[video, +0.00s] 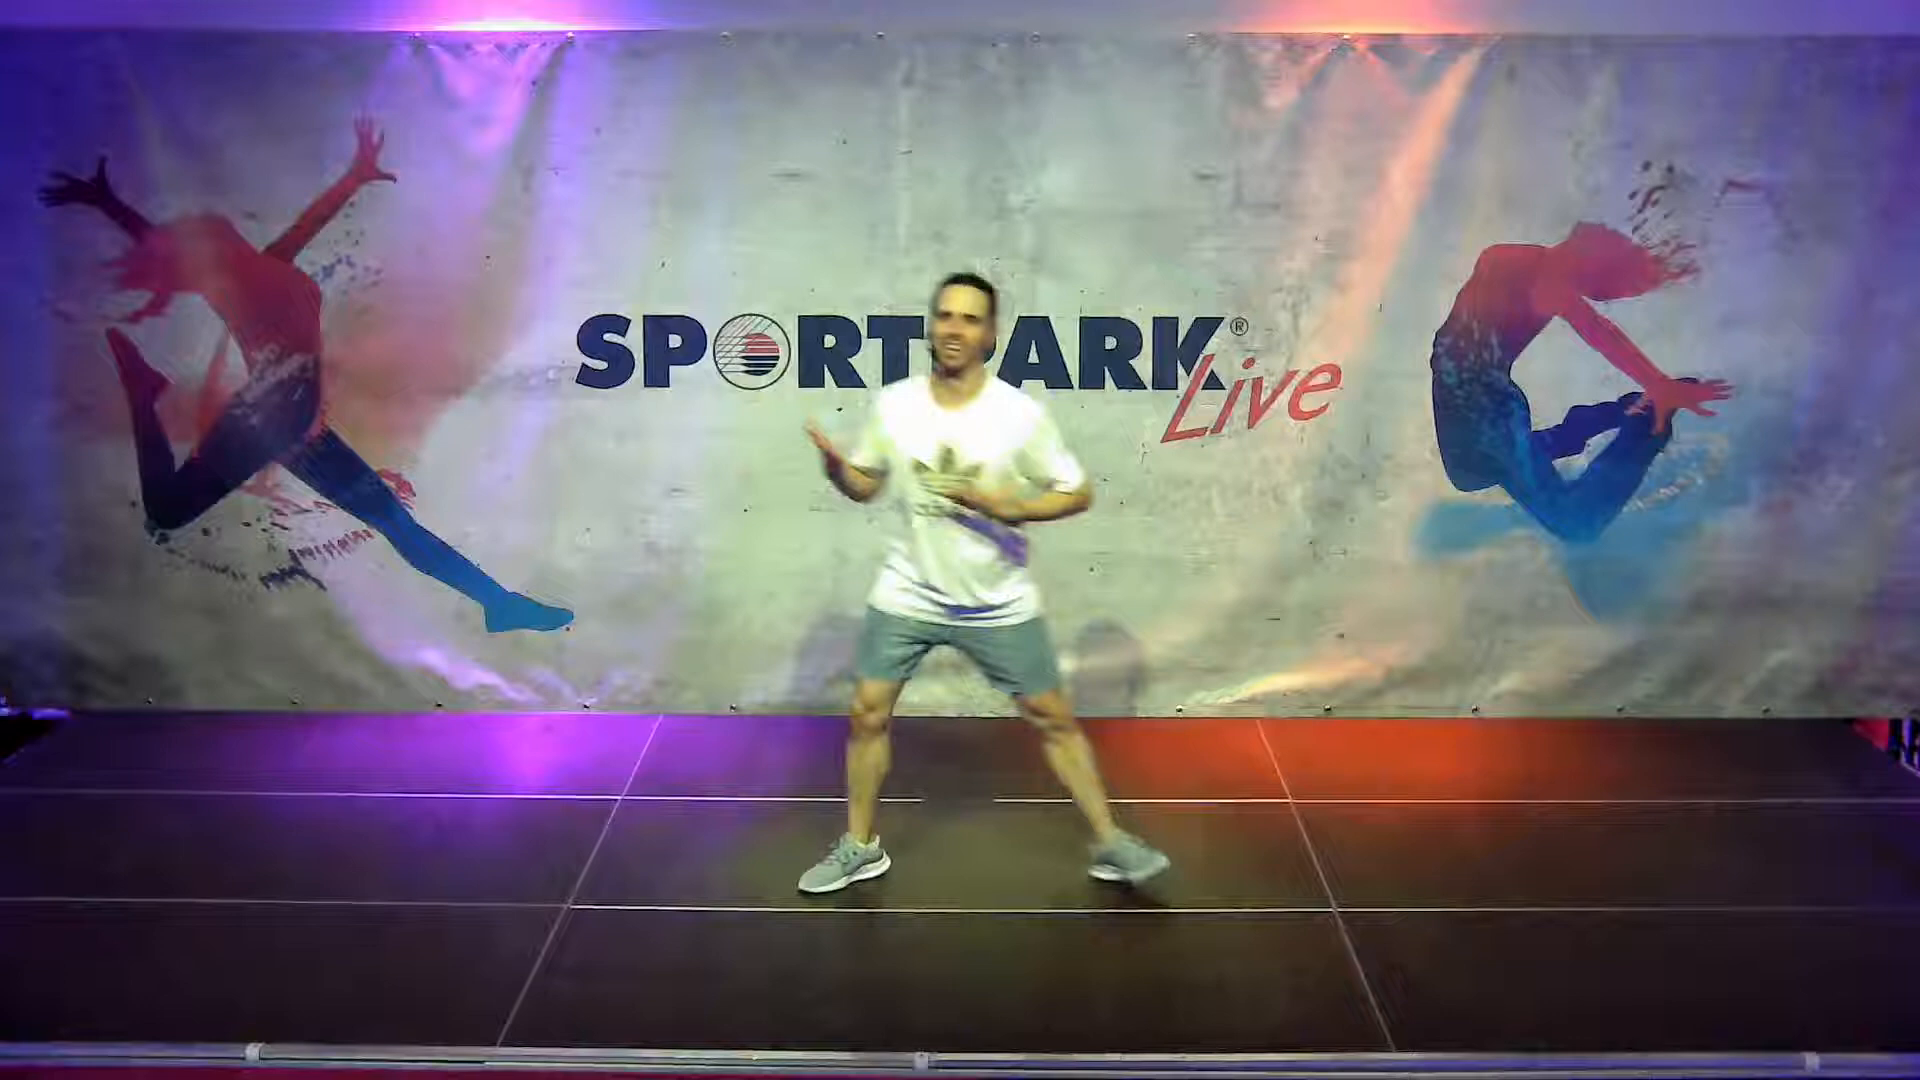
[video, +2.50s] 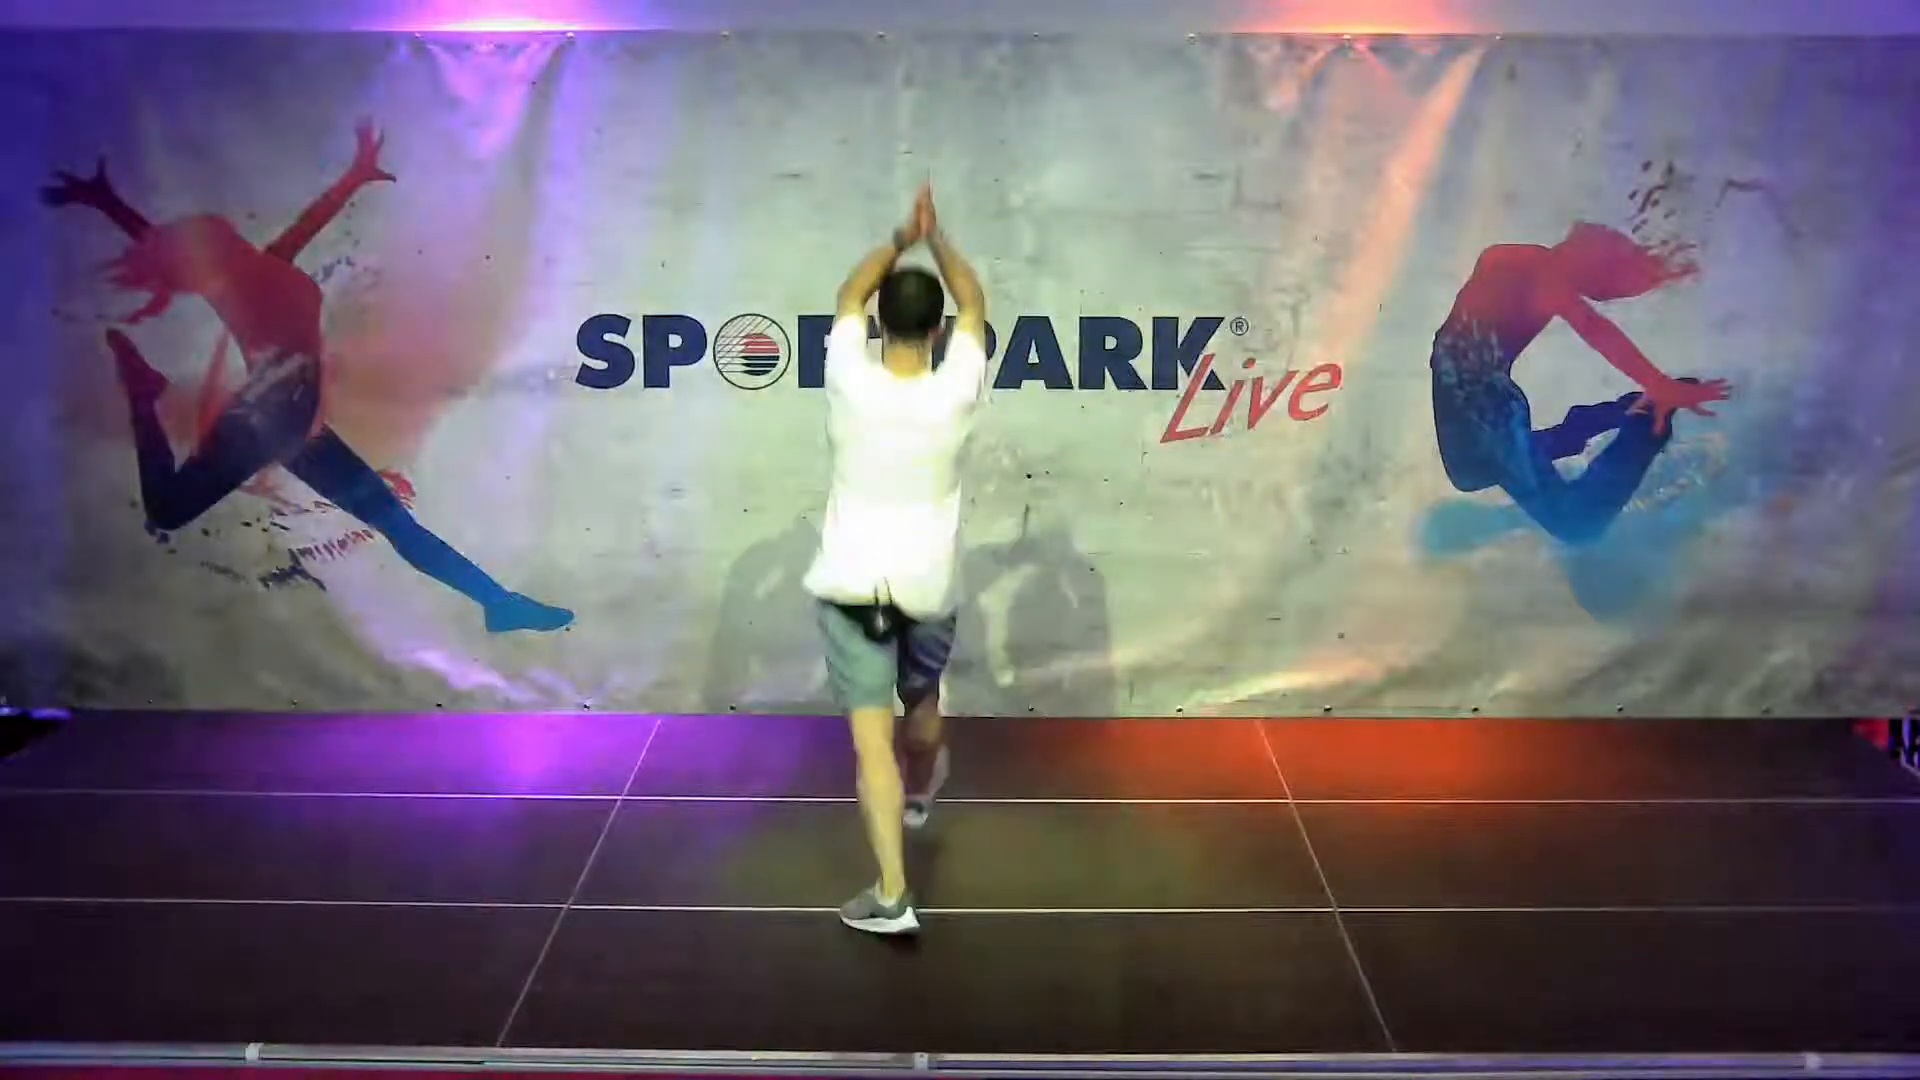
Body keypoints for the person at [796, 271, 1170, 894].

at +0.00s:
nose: (953, 329)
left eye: (968, 320)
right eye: (945, 316)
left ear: (991, 334)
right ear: (929, 325)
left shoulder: (1019, 413)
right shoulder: (897, 404)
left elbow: (1077, 494)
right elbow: (865, 487)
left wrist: (1007, 508)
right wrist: (835, 464)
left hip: (1000, 599)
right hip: (908, 591)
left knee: (1053, 714)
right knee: (867, 711)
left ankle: (1108, 839)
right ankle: (859, 843)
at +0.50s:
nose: (903, 302)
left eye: (919, 294)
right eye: (895, 289)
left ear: (942, 310)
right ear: (882, 300)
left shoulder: (964, 389)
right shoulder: (846, 379)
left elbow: (1013, 470)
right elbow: (792, 458)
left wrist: (945, 513)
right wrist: (835, 466)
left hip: (940, 588)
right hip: (859, 583)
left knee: (955, 725)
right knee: (845, 708)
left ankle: (922, 790)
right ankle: (854, 835)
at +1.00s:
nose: (1049, 319)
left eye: (1063, 309)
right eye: (1038, 306)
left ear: (1079, 324)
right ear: (1016, 316)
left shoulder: (1103, 408)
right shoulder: (973, 402)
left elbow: (1181, 479)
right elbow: (924, 498)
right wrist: (875, 574)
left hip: (1075, 613)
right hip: (982, 611)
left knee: (1097, 743)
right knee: (949, 742)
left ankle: (1106, 895)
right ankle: (943, 853)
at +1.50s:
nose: (1101, 321)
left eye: (1101, 307)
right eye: (1086, 307)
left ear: (1065, 326)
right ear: (1042, 323)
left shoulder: (1062, 397)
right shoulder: (1032, 385)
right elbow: (1085, 322)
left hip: (1065, 613)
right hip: (1035, 615)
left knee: (1102, 762)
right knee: (1088, 765)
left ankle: (1097, 913)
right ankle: (993, 928)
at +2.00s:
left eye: (897, 355)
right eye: (940, 355)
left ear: (888, 365)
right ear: (953, 364)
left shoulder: (856, 451)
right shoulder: (986, 449)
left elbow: (804, 560)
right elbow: (1024, 560)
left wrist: (841, 621)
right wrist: (982, 607)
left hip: (878, 645)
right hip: (967, 647)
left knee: (850, 786)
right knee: (988, 799)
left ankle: (840, 938)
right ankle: (984, 960)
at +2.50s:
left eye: (889, 310)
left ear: (879, 323)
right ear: (941, 325)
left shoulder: (850, 375)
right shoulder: (956, 388)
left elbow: (855, 296)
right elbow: (973, 305)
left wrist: (898, 241)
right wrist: (940, 243)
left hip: (849, 575)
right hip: (926, 578)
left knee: (872, 739)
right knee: (922, 706)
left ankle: (894, 895)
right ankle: (919, 798)